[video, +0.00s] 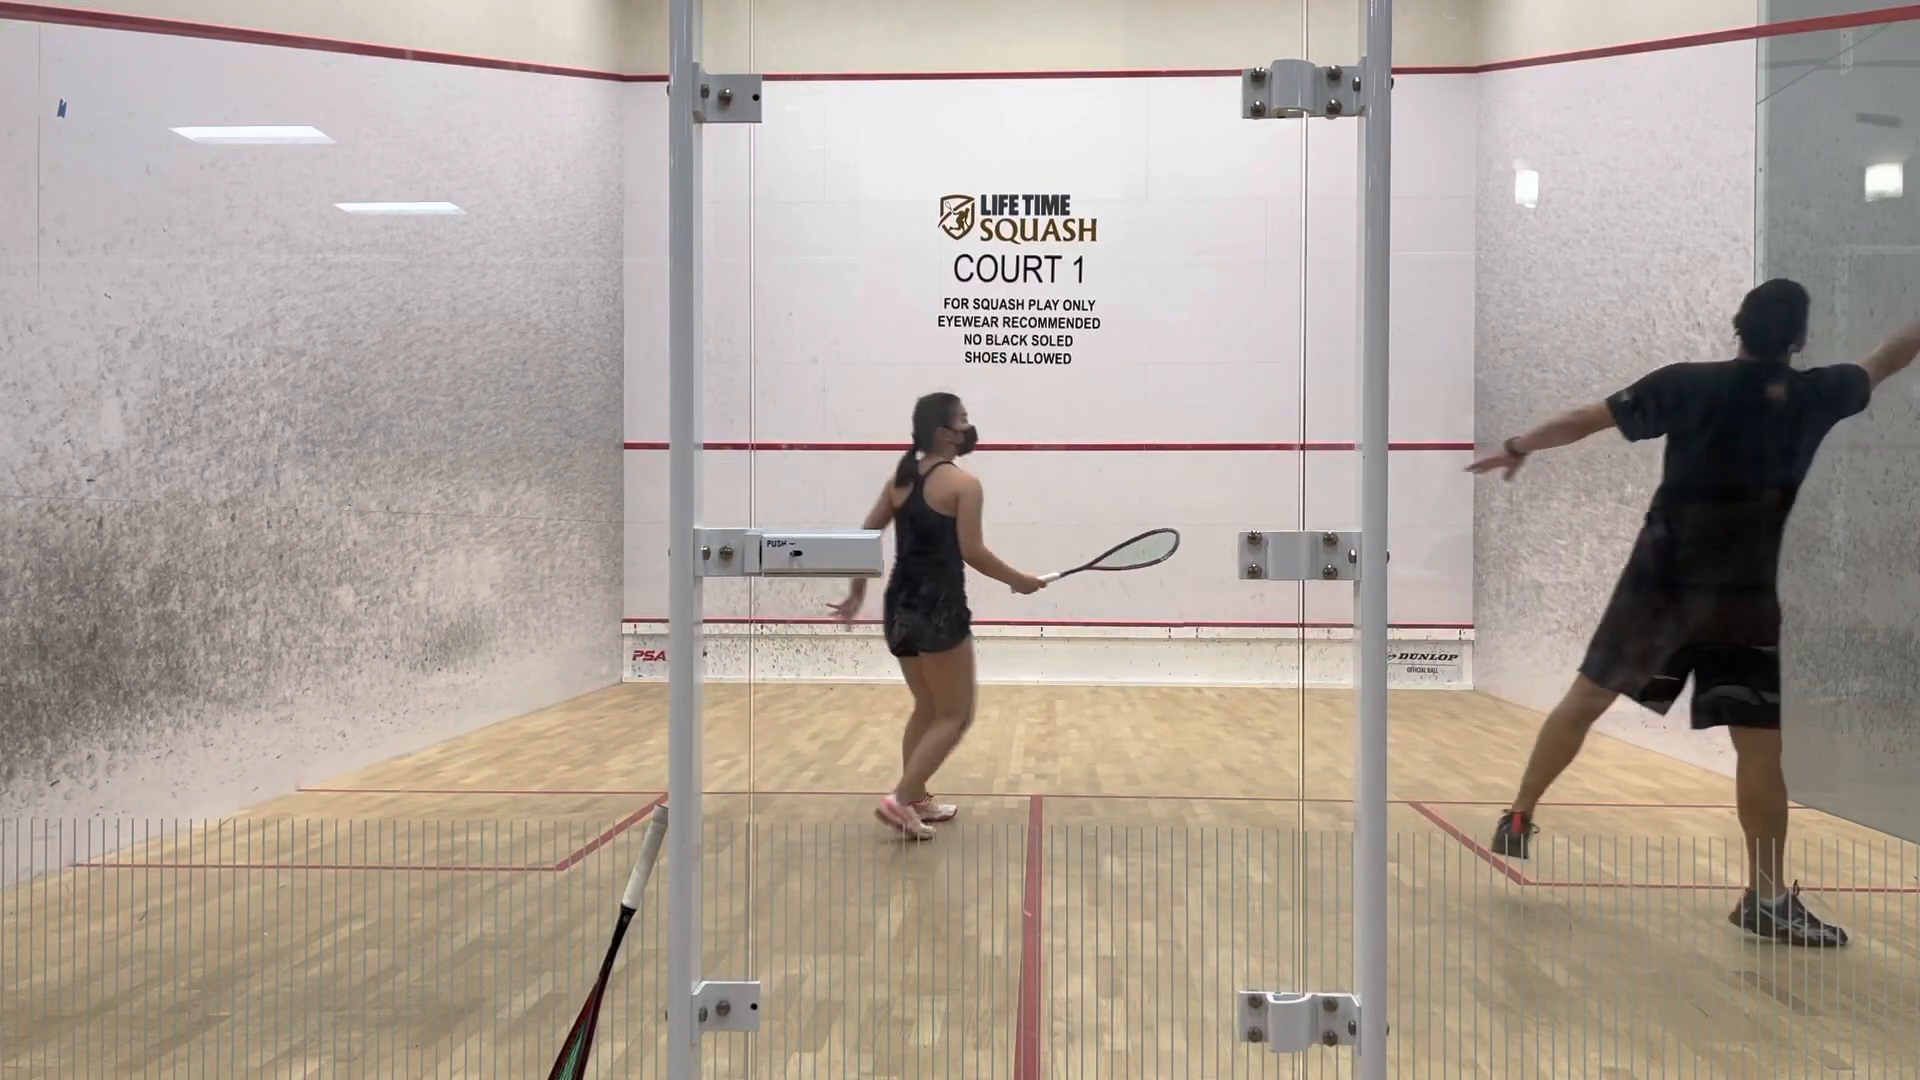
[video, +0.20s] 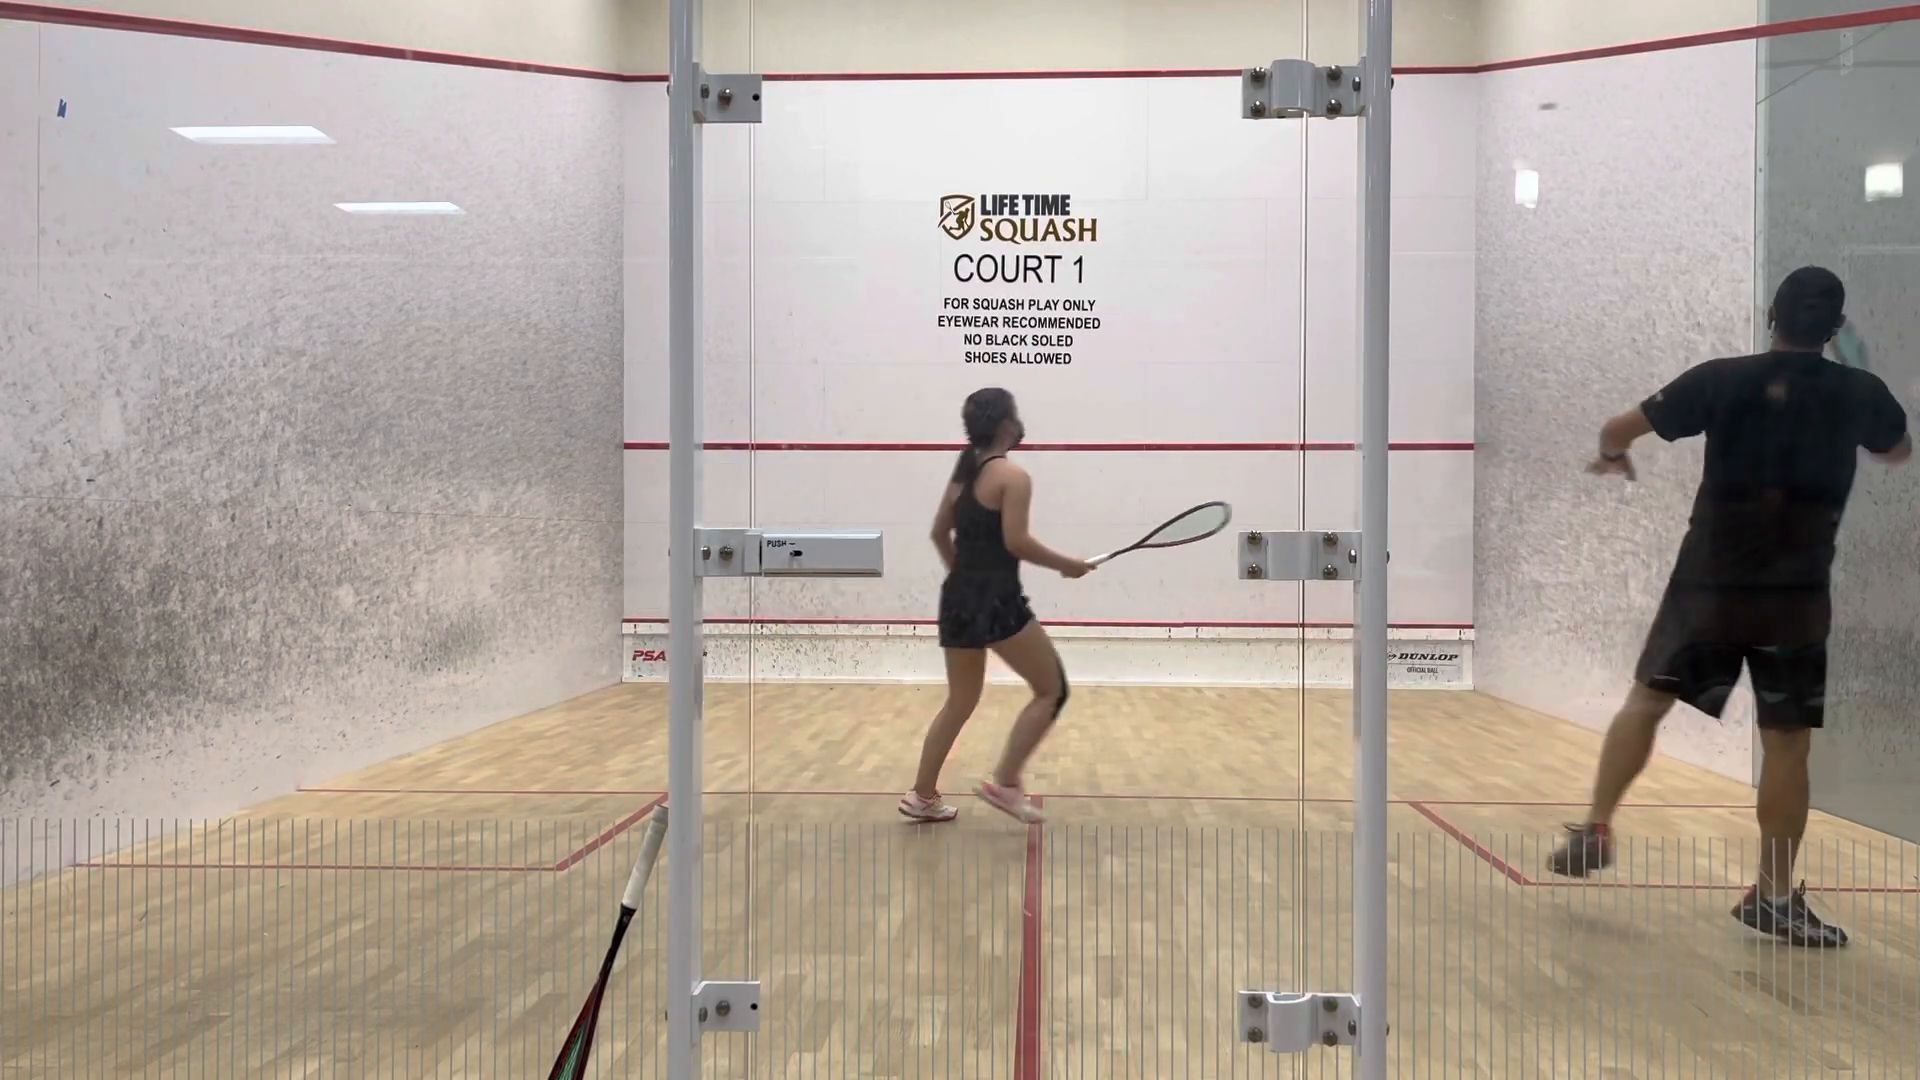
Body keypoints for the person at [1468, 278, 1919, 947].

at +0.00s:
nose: (1789, 340)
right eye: (1798, 331)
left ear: (1739, 328)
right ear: (1799, 338)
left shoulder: (1687, 384)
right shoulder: (1812, 396)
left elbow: (1586, 419)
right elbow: (1888, 360)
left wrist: (1521, 446)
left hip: (1656, 591)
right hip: (1745, 602)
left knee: (1583, 700)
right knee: (1760, 747)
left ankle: (1517, 817)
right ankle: (1768, 895)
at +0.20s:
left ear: (1772, 319)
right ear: (1835, 330)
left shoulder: (1721, 379)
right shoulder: (1858, 393)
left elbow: (1617, 429)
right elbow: (1898, 452)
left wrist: (1612, 454)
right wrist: (1851, 389)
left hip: (1704, 597)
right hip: (1794, 608)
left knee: (1644, 706)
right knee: (1787, 745)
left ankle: (1593, 830)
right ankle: (1774, 895)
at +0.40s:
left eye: (1795, 313)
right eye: (1837, 320)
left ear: (1781, 320)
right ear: (1844, 328)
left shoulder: (1732, 384)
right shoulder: (1873, 403)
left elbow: (1642, 455)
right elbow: (1890, 513)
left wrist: (1660, 493)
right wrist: (1886, 597)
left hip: (1727, 603)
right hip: (1816, 609)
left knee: (1714, 725)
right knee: (1801, 746)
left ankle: (1699, 857)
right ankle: (1776, 897)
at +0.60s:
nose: (1823, 350)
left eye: (1794, 334)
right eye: (1838, 343)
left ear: (1778, 339)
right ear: (1840, 350)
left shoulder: (1723, 400)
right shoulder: (1860, 416)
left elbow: (1650, 480)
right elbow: (1863, 501)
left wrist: (1675, 531)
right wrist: (1877, 599)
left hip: (1728, 612)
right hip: (1819, 610)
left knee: (1729, 747)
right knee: (1875, 731)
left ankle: (1726, 910)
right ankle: (1811, 872)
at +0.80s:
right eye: (1849, 341)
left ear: (1788, 336)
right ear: (1848, 348)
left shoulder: (1735, 399)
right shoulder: (1867, 412)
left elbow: (1682, 491)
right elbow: (1870, 491)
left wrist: (1724, 544)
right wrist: (1890, 593)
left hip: (1744, 618)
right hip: (1837, 619)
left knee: (1736, 753)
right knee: (1867, 756)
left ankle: (1729, 912)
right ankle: (1858, 913)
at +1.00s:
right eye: (1874, 341)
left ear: (1815, 337)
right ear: (1875, 348)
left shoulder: (1756, 399)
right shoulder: (1892, 416)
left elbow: (1705, 492)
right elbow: (1901, 516)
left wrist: (1752, 542)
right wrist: (1917, 592)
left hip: (1764, 611)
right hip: (1854, 613)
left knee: (1752, 743)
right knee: (1859, 756)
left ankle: (1722, 865)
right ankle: (1853, 919)